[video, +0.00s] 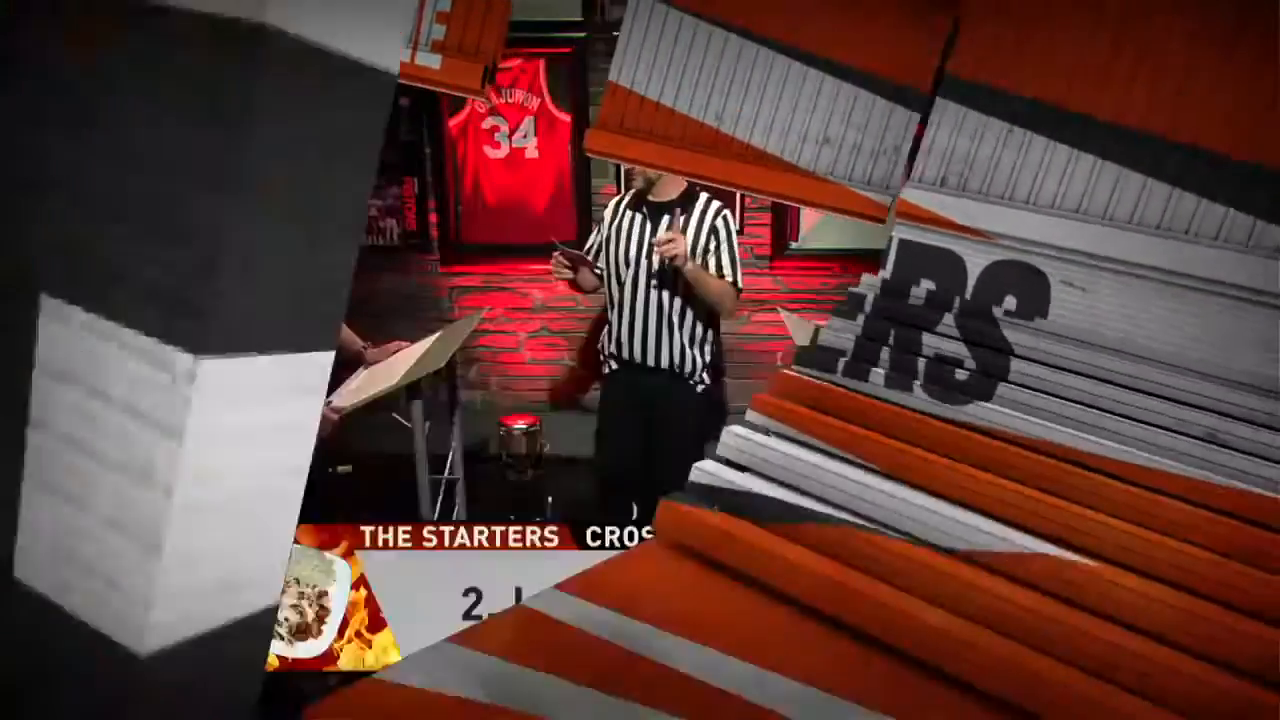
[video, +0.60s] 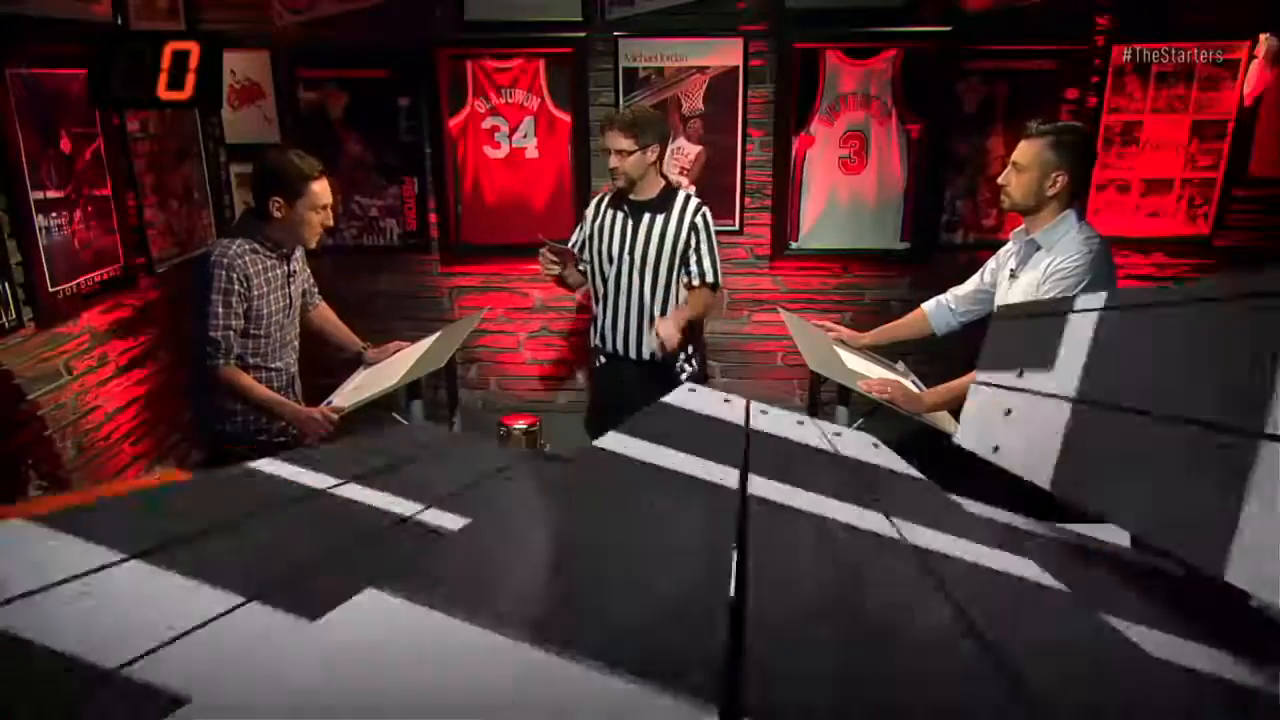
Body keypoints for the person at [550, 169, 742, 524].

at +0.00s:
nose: (627, 162)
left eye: (636, 151)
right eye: (625, 153)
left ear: (668, 152)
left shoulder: (712, 216)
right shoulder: (618, 209)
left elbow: (727, 303)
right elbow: (601, 281)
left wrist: (687, 265)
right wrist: (576, 271)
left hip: (685, 387)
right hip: (622, 381)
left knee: (673, 499)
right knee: (614, 496)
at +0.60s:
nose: (611, 163)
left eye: (622, 154)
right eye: (609, 153)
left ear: (653, 153)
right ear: (605, 150)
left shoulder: (690, 213)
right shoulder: (599, 209)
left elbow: (705, 291)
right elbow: (581, 280)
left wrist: (676, 320)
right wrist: (561, 268)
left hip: (667, 373)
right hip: (609, 369)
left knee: (665, 469)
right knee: (608, 463)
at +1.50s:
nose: (648, 149)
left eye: (651, 140)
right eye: (636, 141)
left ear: (654, 144)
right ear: (607, 147)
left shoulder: (669, 202)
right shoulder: (580, 210)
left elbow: (681, 267)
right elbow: (558, 284)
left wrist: (707, 296)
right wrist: (588, 296)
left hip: (657, 355)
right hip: (603, 356)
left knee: (656, 456)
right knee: (608, 457)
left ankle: (657, 536)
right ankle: (610, 535)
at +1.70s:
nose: (650, 150)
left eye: (652, 141)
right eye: (638, 141)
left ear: (654, 144)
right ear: (608, 148)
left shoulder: (669, 204)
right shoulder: (579, 211)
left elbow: (682, 271)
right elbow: (560, 288)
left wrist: (714, 286)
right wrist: (597, 294)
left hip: (656, 358)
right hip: (602, 360)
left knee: (656, 459)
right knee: (606, 460)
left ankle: (657, 540)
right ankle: (611, 540)